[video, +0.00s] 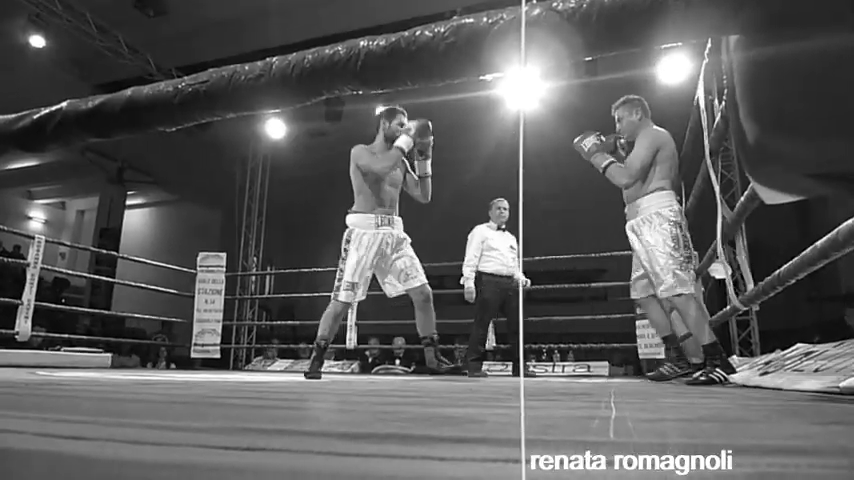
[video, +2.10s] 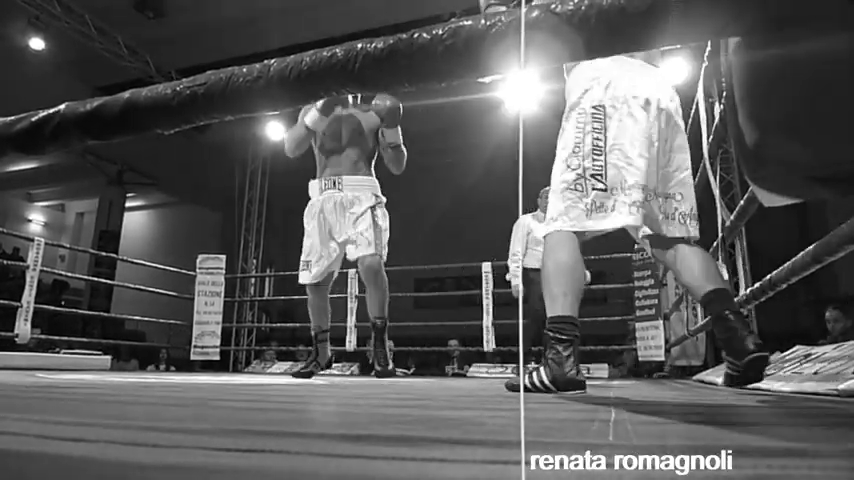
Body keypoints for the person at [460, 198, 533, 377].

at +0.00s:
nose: (502, 212)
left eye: (505, 210)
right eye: (499, 209)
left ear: (509, 214)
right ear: (490, 212)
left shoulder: (511, 238)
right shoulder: (480, 231)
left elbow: (513, 265)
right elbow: (471, 258)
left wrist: (521, 278)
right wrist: (468, 282)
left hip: (510, 281)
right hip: (489, 279)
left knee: (515, 325)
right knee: (482, 323)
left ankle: (519, 364)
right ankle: (474, 365)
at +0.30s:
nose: (515, 208)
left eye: (518, 205)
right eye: (511, 206)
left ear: (522, 209)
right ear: (504, 209)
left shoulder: (527, 234)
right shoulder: (492, 228)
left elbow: (535, 259)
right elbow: (482, 258)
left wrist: (540, 271)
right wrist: (480, 282)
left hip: (523, 276)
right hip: (500, 275)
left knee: (523, 319)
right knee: (500, 317)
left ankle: (521, 362)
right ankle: (497, 360)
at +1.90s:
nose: (537, 209)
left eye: (541, 206)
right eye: (533, 205)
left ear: (544, 210)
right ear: (525, 208)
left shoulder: (544, 232)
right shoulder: (510, 228)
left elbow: (548, 261)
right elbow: (498, 258)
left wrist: (548, 286)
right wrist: (496, 284)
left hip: (535, 280)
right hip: (512, 279)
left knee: (545, 320)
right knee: (507, 323)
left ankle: (548, 364)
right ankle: (482, 365)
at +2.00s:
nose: (544, 206)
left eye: (547, 202)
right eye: (540, 202)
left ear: (551, 206)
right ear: (530, 205)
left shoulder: (551, 227)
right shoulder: (517, 225)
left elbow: (556, 256)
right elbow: (506, 255)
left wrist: (555, 280)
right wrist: (504, 281)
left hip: (544, 276)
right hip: (523, 275)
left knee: (549, 318)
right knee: (519, 320)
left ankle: (549, 360)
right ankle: (496, 358)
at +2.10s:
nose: (547, 201)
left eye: (551, 197)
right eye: (544, 197)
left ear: (556, 201)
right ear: (538, 200)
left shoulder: (559, 223)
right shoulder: (525, 222)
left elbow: (569, 251)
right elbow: (516, 253)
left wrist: (582, 272)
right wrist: (516, 279)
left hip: (554, 270)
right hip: (532, 270)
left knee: (554, 311)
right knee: (535, 313)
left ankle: (551, 355)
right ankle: (529, 357)